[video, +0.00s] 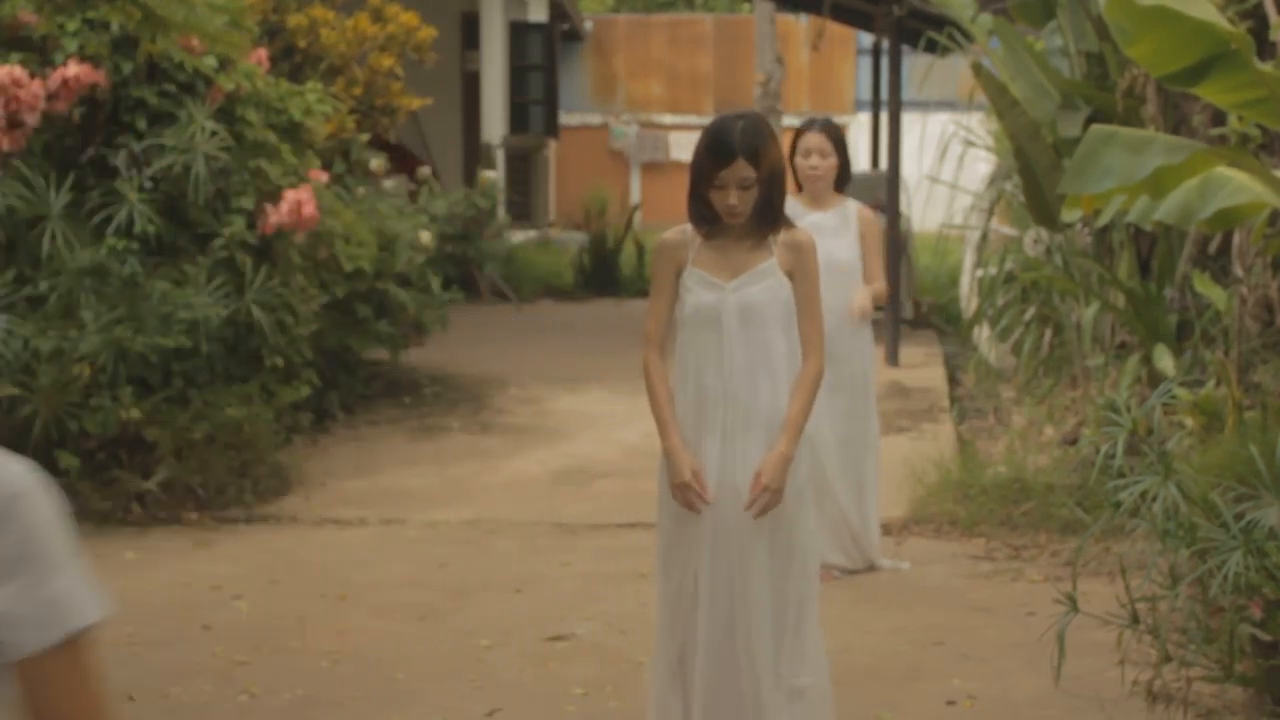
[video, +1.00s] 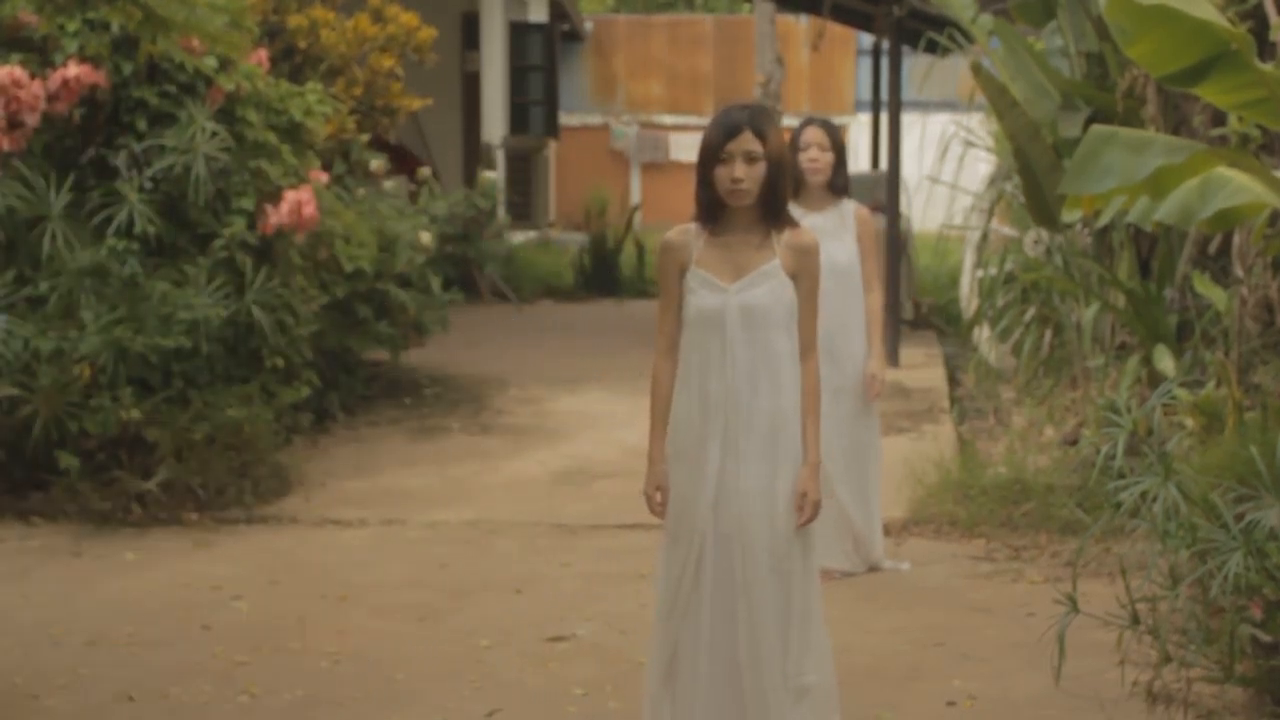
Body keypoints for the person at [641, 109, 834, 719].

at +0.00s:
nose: (732, 200)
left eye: (746, 186)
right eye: (719, 186)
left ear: (768, 182)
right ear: (701, 182)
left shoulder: (793, 247)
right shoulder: (677, 247)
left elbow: (814, 360)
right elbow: (654, 354)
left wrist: (782, 452)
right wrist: (675, 449)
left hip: (770, 458)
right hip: (698, 458)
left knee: (770, 621)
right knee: (700, 620)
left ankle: (771, 712)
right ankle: (700, 713)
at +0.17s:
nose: (733, 192)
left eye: (747, 178)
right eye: (721, 178)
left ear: (768, 178)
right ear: (703, 178)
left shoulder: (795, 246)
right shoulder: (679, 245)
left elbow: (806, 356)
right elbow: (658, 354)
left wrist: (804, 460)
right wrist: (662, 455)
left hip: (770, 449)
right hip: (699, 449)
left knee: (769, 606)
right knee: (700, 605)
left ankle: (770, 711)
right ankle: (702, 712)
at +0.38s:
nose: (733, 176)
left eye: (747, 163)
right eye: (721, 163)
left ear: (767, 170)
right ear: (705, 169)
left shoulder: (795, 246)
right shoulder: (679, 245)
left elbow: (813, 354)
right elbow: (659, 354)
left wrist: (827, 458)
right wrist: (646, 456)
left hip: (775, 451)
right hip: (698, 450)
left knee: (769, 606)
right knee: (700, 607)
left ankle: (769, 711)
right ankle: (701, 712)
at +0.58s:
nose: (735, 172)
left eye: (748, 159)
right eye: (723, 159)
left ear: (769, 168)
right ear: (707, 166)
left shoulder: (795, 246)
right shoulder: (680, 245)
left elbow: (812, 354)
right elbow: (660, 355)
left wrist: (825, 459)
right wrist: (646, 454)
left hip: (775, 451)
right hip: (697, 450)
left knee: (769, 607)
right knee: (699, 607)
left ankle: (769, 712)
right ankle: (700, 713)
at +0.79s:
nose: (736, 173)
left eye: (750, 160)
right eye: (724, 159)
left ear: (770, 169)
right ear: (708, 167)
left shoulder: (796, 247)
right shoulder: (682, 245)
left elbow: (809, 359)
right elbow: (664, 355)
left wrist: (815, 463)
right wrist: (652, 455)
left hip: (773, 451)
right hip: (699, 450)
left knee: (769, 606)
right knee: (699, 606)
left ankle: (769, 711)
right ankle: (700, 711)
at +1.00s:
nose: (738, 173)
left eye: (752, 160)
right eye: (725, 160)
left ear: (771, 169)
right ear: (708, 168)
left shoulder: (797, 247)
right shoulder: (682, 246)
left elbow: (808, 358)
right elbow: (665, 356)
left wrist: (811, 462)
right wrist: (656, 457)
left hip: (772, 448)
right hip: (700, 448)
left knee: (769, 603)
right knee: (702, 601)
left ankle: (769, 711)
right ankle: (702, 711)